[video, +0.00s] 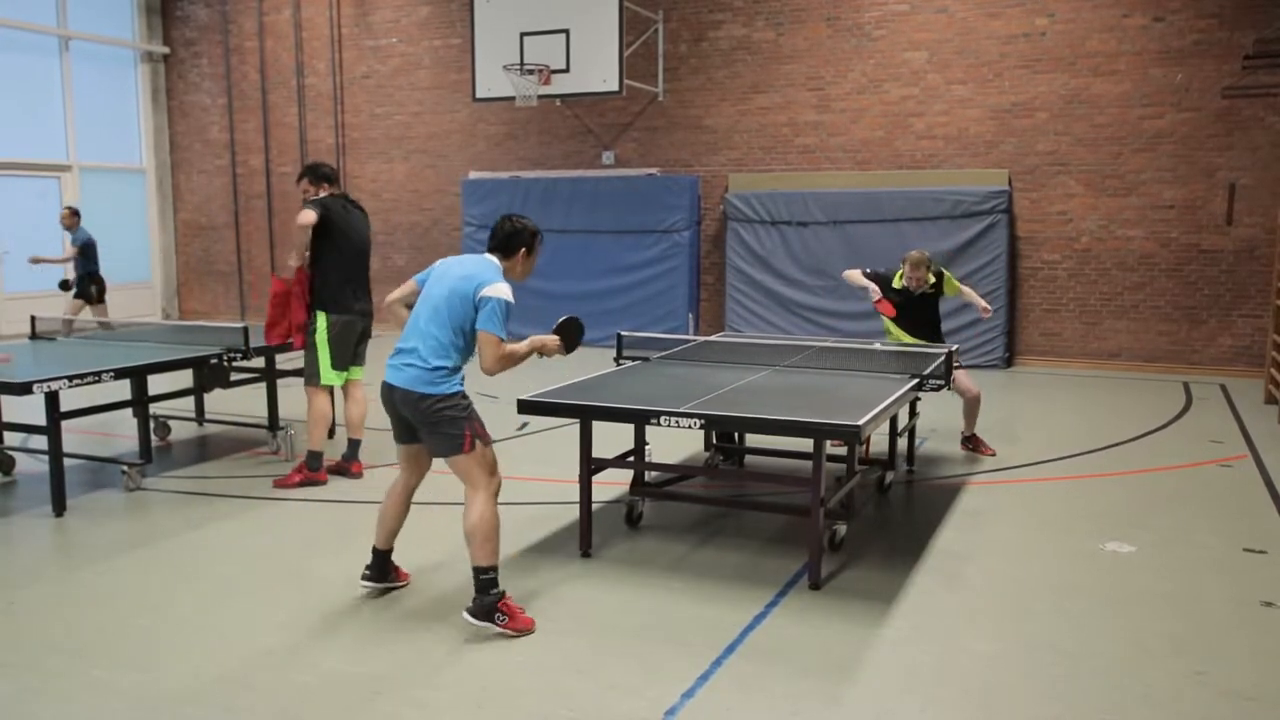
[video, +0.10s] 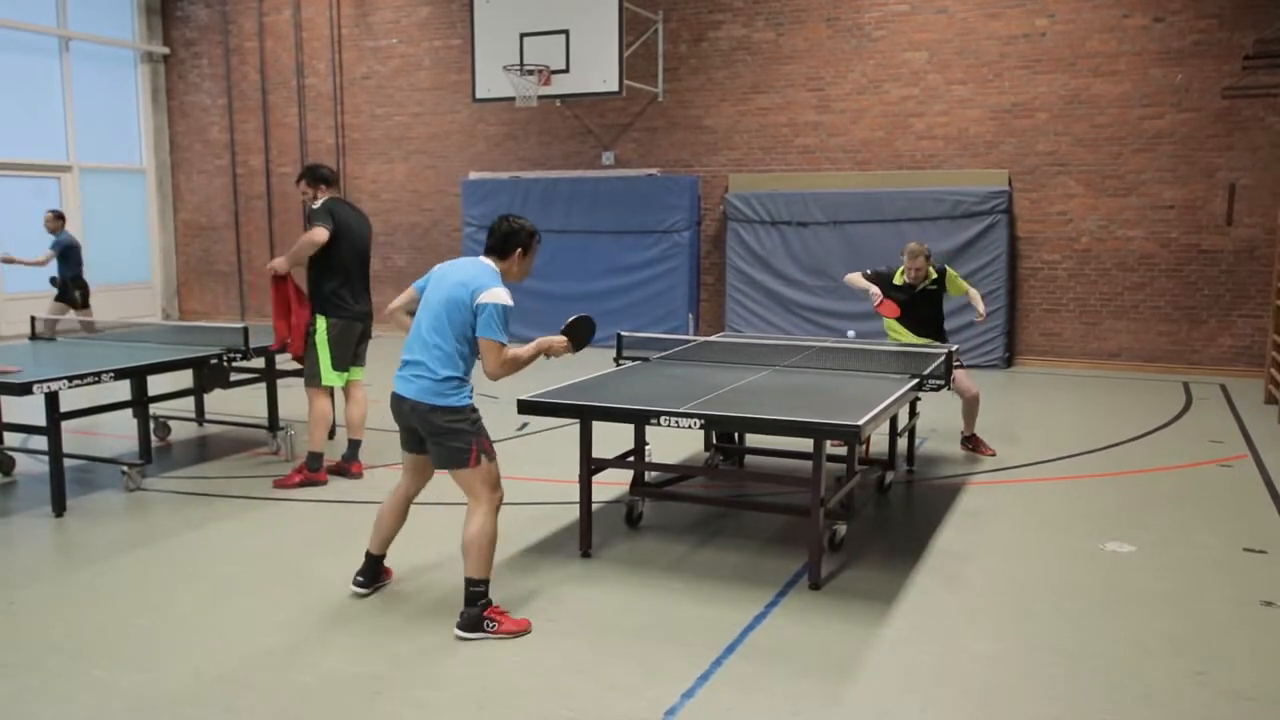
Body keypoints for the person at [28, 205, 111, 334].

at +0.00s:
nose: (61, 222)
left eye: (64, 218)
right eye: (61, 218)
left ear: (75, 219)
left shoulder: (80, 237)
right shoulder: (78, 237)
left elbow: (69, 258)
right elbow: (84, 266)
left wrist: (41, 260)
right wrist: (73, 280)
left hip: (91, 282)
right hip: (86, 282)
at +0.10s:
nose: (45, 225)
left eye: (48, 221)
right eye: (45, 221)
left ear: (60, 222)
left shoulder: (63, 240)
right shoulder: (65, 239)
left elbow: (43, 261)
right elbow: (73, 267)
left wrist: (15, 260)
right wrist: (61, 281)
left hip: (75, 288)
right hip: (68, 288)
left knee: (89, 327)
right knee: (49, 323)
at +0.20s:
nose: (28, 226)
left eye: (32, 223)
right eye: (29, 223)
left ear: (44, 225)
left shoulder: (45, 243)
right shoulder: (53, 240)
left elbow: (25, 265)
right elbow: (52, 266)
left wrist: (3, 263)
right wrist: (33, 272)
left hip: (58, 289)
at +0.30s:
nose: (15, 226)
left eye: (18, 223)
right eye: (15, 223)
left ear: (30, 224)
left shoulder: (37, 242)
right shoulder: (31, 242)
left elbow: (24, 266)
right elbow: (22, 264)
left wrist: (4, 269)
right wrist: (3, 264)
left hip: (53, 287)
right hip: (42, 286)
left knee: (42, 326)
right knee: (24, 321)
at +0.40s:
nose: (5, 223)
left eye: (9, 220)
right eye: (6, 220)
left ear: (20, 221)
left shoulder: (32, 241)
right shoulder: (15, 239)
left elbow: (29, 269)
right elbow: (4, 254)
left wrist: (7, 279)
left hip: (45, 283)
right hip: (33, 283)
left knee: (27, 319)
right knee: (20, 320)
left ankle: (35, 350)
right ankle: (29, 349)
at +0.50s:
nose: (1, 221)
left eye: (3, 218)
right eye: (1, 218)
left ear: (13, 219)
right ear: (4, 219)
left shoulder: (26, 239)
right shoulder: (5, 238)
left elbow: (36, 265)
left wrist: (17, 285)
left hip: (36, 280)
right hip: (22, 281)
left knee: (23, 320)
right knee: (12, 321)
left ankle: (28, 352)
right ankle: (24, 350)